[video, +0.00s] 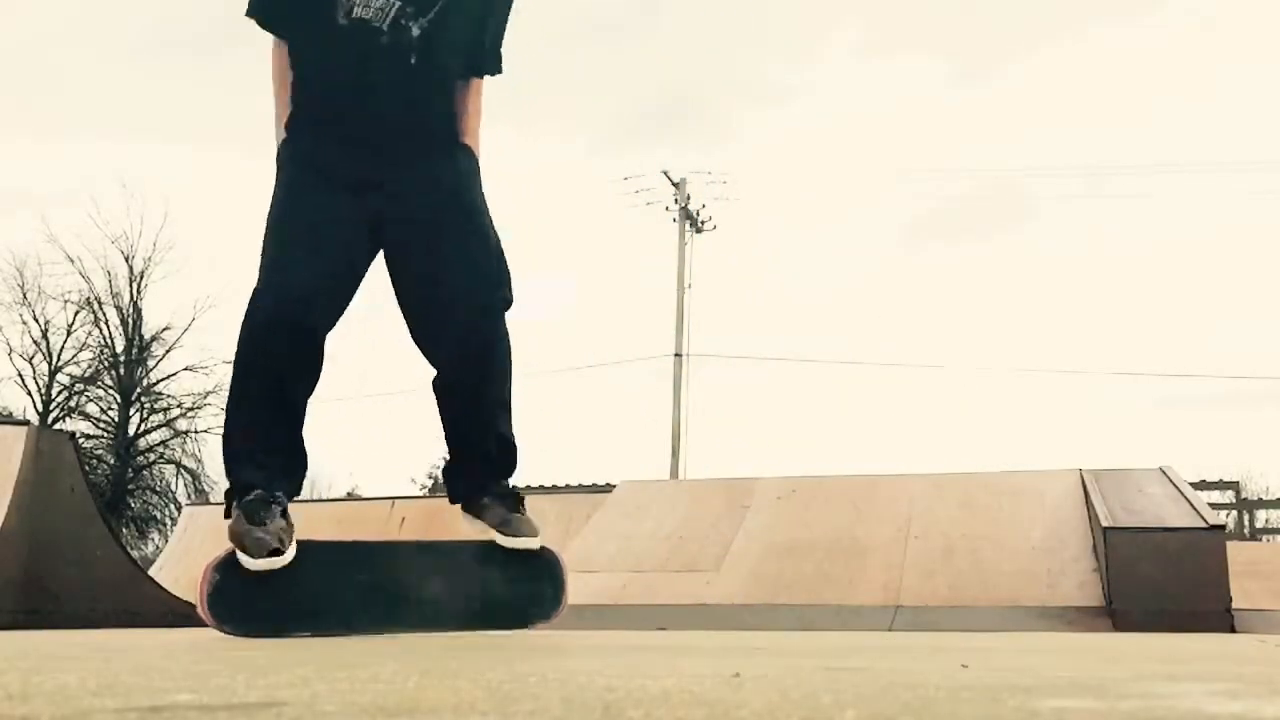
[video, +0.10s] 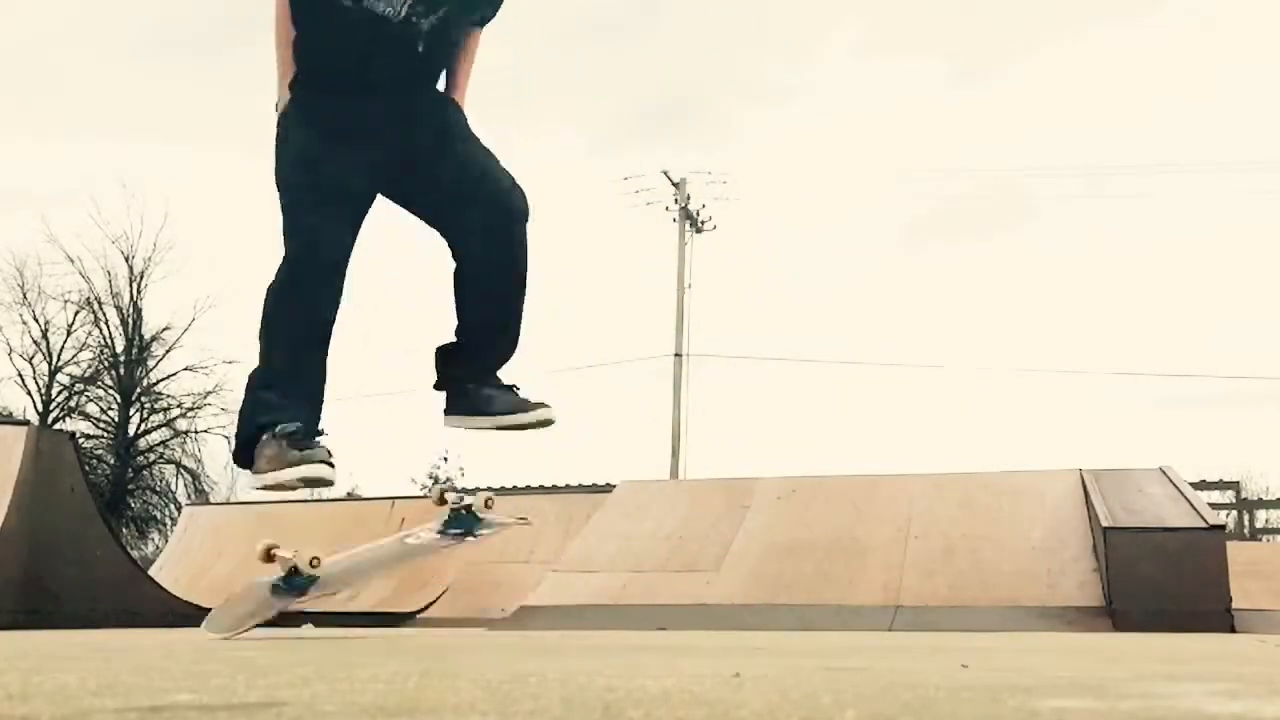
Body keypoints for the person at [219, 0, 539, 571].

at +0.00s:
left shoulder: (480, 6)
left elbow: (469, 75)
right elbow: (287, 51)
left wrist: (466, 175)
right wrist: (292, 154)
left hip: (432, 156)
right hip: (324, 153)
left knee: (473, 314)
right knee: (286, 316)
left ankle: (484, 481)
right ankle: (259, 492)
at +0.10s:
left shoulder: (472, 6)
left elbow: (468, 23)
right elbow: (286, 9)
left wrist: (452, 110)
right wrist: (288, 93)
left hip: (414, 109)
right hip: (325, 106)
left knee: (498, 211)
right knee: (315, 258)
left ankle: (474, 380)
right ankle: (279, 430)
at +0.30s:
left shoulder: (475, 5)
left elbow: (436, 70)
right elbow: (276, 36)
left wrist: (431, 152)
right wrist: (311, 147)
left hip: (414, 149)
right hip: (337, 143)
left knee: (476, 311)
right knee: (359, 299)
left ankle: (366, 461)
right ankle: (290, 504)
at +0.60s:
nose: (550, 52)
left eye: (567, 45)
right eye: (554, 30)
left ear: (577, 42)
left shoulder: (503, 80)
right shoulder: (405, 14)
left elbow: (426, 158)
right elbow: (299, 55)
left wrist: (393, 216)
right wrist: (309, 185)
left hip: (387, 221)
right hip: (309, 194)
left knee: (435, 382)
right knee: (365, 334)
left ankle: (359, 541)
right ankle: (279, 529)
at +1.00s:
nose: (595, 63)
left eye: (608, 61)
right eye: (605, 46)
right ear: (586, 6)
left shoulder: (495, 68)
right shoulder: (476, 9)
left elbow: (410, 134)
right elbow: (366, 28)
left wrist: (394, 196)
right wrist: (346, 156)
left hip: (383, 194)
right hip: (322, 165)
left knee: (410, 371)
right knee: (348, 331)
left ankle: (342, 541)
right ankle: (256, 526)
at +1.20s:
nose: (582, 62)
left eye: (594, 62)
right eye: (595, 48)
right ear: (583, 4)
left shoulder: (499, 42)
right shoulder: (518, 5)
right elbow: (454, 33)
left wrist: (417, 183)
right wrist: (417, 147)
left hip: (394, 180)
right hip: (367, 154)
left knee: (402, 360)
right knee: (348, 323)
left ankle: (331, 538)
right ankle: (240, 519)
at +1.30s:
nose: (567, 51)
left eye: (578, 52)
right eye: (579, 38)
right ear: (569, 3)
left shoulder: (452, 14)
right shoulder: (530, 6)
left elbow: (370, 81)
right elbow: (490, 47)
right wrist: (473, 156)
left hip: (356, 156)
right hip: (401, 153)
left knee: (369, 338)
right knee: (406, 328)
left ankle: (327, 538)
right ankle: (274, 497)